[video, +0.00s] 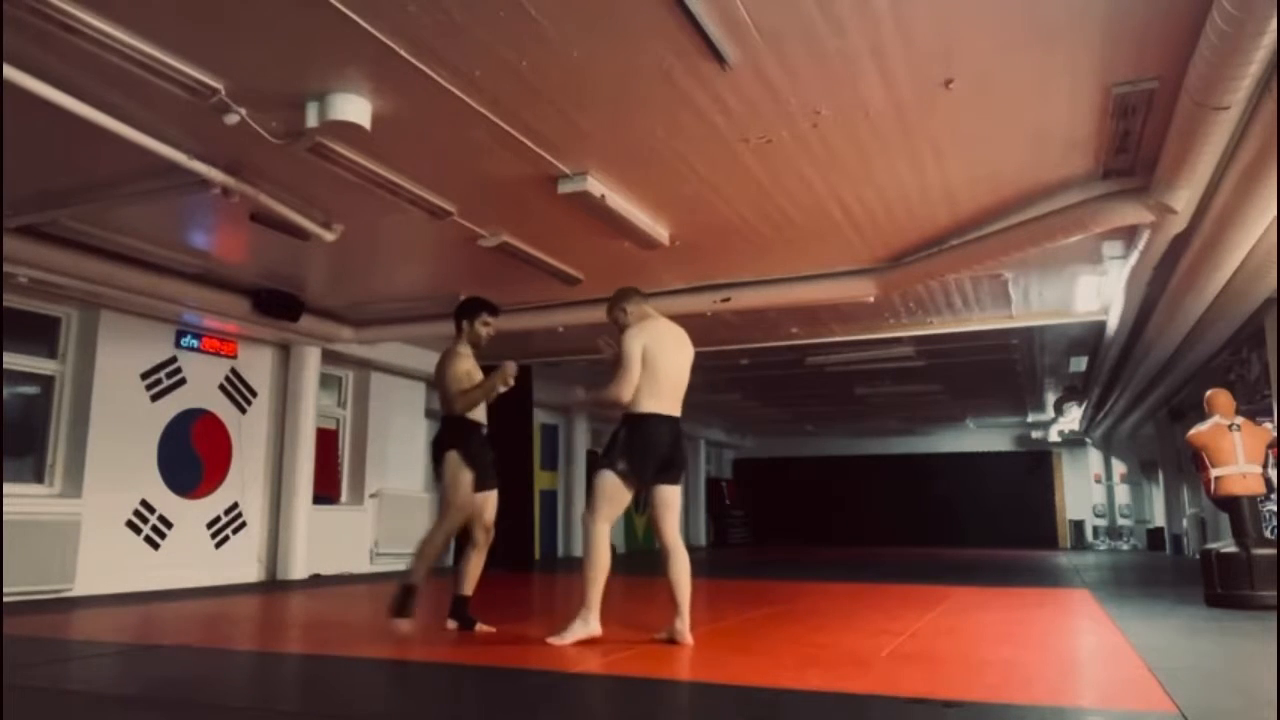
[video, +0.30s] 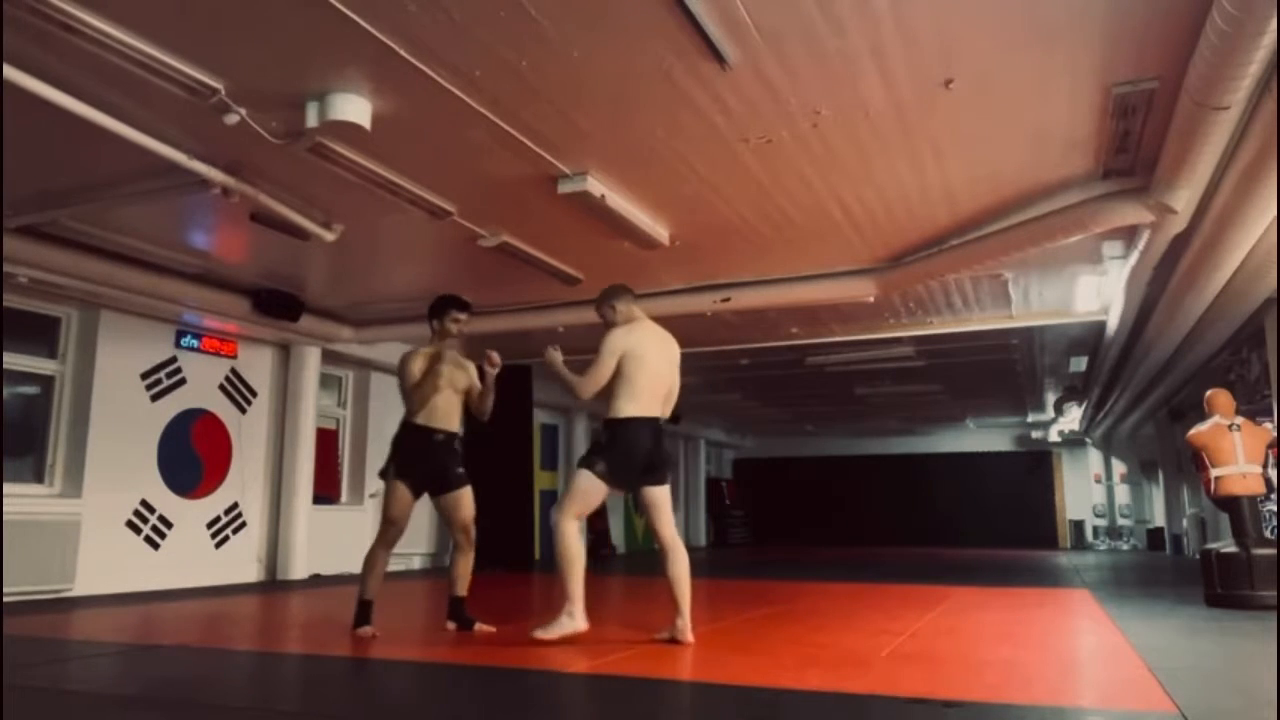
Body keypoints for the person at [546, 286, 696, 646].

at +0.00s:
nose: (618, 328)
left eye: (616, 322)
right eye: (615, 323)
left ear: (626, 309)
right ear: (643, 304)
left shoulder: (636, 334)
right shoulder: (682, 337)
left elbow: (621, 392)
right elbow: (663, 382)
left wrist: (586, 395)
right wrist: (622, 356)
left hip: (637, 433)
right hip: (672, 435)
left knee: (598, 520)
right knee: (671, 534)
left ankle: (589, 617)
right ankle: (683, 624)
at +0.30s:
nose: (605, 324)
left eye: (604, 318)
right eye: (603, 318)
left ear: (615, 308)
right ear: (633, 304)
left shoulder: (620, 335)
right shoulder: (669, 341)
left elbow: (584, 389)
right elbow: (668, 406)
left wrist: (558, 366)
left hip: (619, 439)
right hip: (656, 441)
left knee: (567, 517)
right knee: (670, 535)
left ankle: (574, 613)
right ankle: (684, 622)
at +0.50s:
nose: (583, 322)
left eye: (582, 316)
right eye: (581, 316)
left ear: (592, 308)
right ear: (613, 305)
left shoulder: (595, 334)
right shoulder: (647, 344)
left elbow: (562, 388)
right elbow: (655, 410)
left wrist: (540, 358)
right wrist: (658, 458)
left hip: (588, 437)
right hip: (626, 443)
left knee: (556, 528)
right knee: (622, 534)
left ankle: (561, 627)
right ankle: (663, 619)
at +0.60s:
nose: (568, 321)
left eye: (568, 314)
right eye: (567, 315)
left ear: (580, 306)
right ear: (599, 303)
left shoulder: (579, 331)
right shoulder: (633, 341)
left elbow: (561, 386)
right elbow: (630, 399)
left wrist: (534, 379)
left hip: (579, 429)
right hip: (612, 436)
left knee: (552, 531)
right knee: (576, 516)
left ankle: (561, 628)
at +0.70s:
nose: (560, 314)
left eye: (560, 306)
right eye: (559, 307)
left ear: (571, 301)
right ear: (592, 298)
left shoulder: (576, 333)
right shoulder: (619, 339)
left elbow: (578, 393)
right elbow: (603, 395)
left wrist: (544, 443)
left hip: (574, 429)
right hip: (600, 436)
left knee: (545, 533)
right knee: (535, 504)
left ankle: (561, 630)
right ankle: (488, 566)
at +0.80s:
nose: (557, 302)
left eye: (559, 295)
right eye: (557, 296)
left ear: (572, 292)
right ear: (580, 290)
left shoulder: (593, 329)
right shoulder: (580, 329)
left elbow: (615, 382)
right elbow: (537, 339)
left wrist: (566, 417)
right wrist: (502, 306)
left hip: (559, 436)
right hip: (548, 432)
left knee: (538, 532)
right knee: (492, 445)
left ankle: (559, 626)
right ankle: (473, 530)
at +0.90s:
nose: (559, 296)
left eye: (562, 289)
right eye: (559, 290)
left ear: (582, 283)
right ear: (571, 286)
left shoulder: (607, 327)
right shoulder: (567, 316)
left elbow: (626, 375)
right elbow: (528, 306)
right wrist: (500, 281)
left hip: (550, 425)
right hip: (522, 404)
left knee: (527, 517)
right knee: (451, 419)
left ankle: (541, 610)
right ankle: (470, 473)